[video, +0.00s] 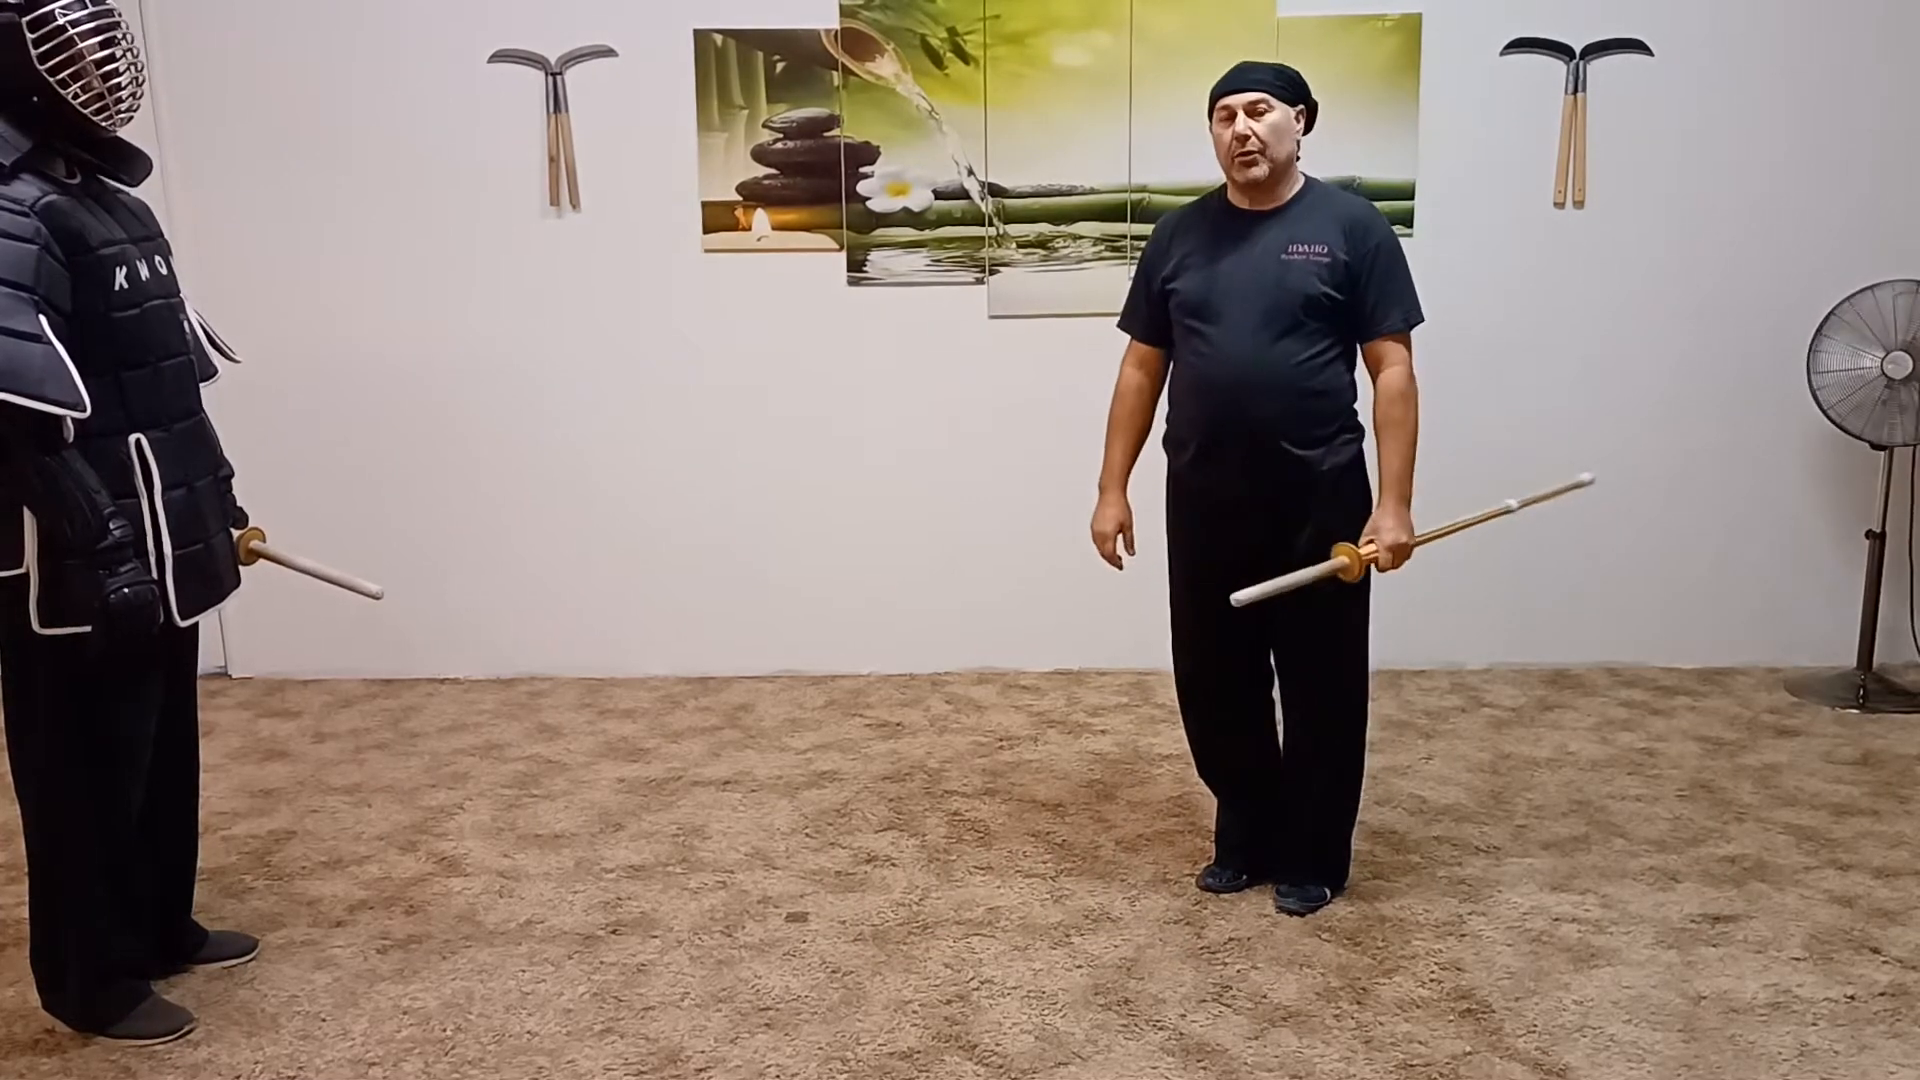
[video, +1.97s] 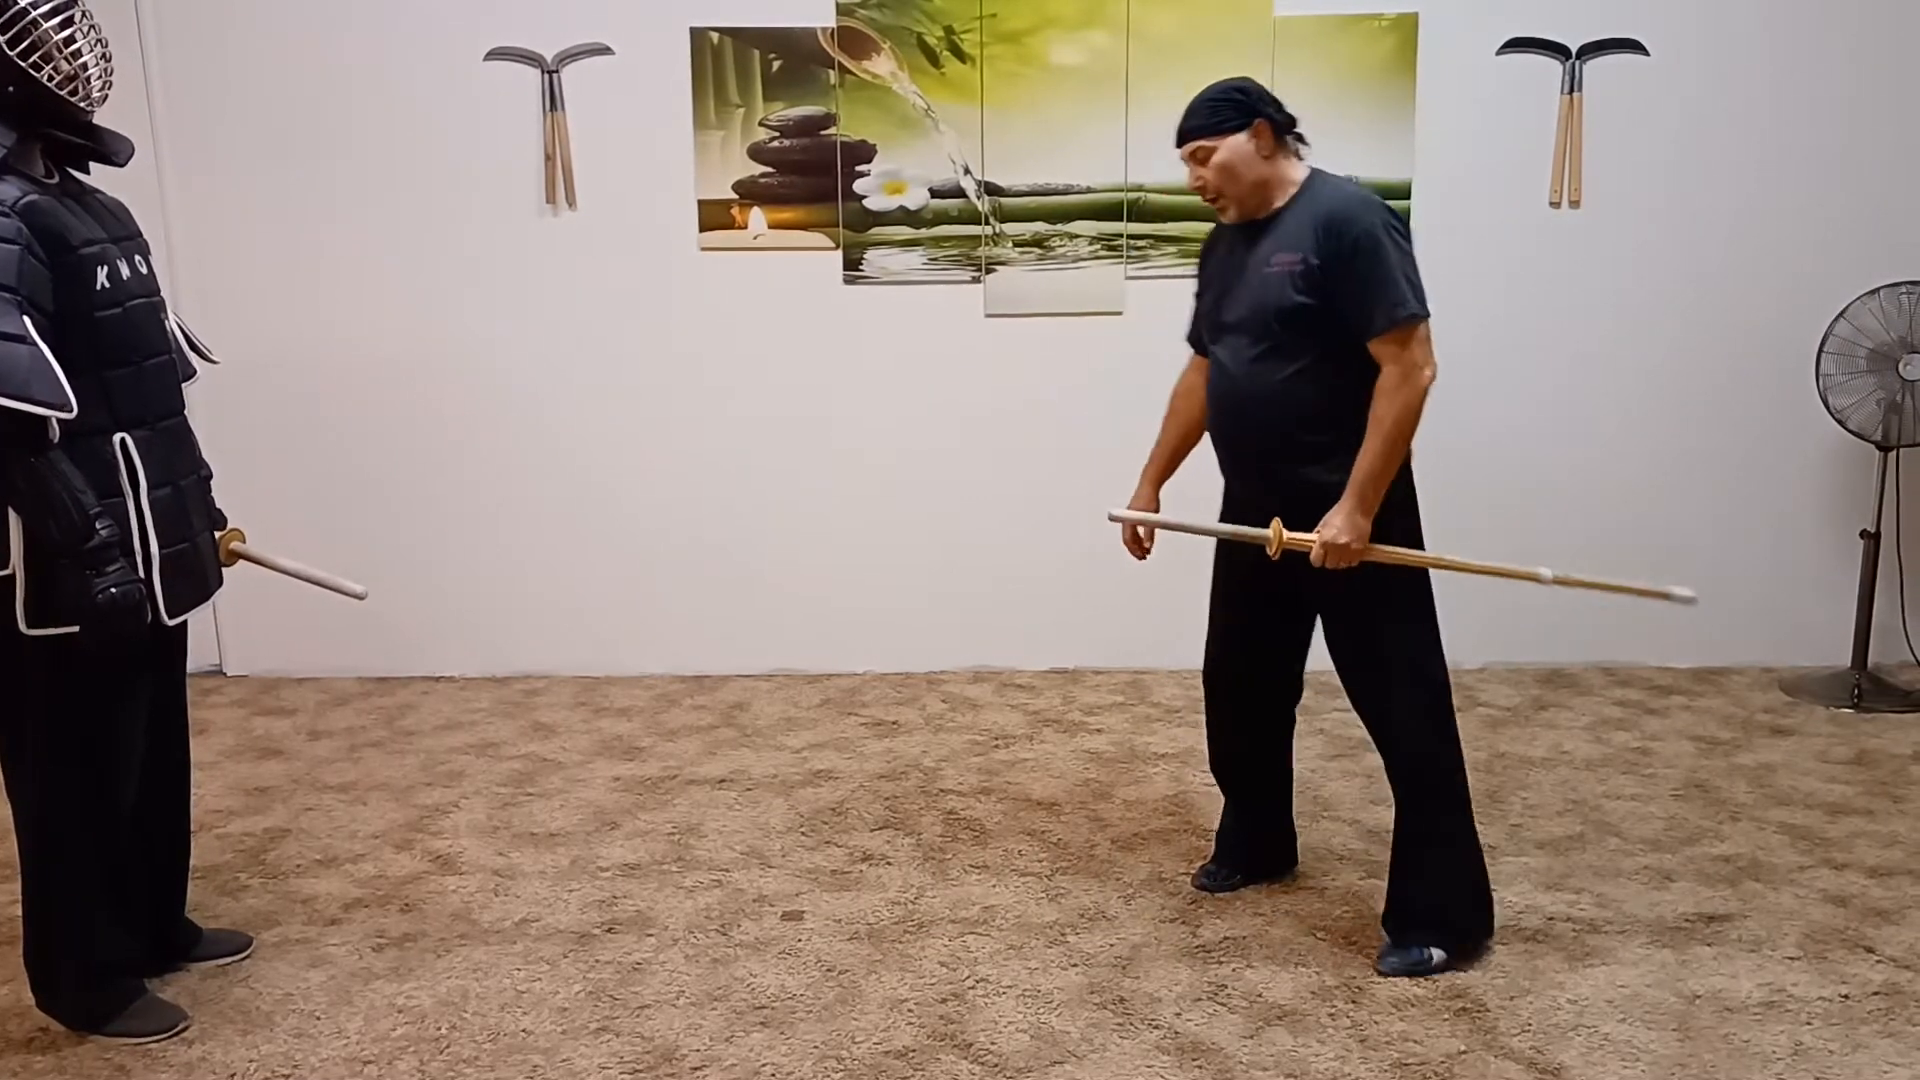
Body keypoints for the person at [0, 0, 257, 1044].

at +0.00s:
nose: (118, 76)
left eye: (116, 56)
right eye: (93, 59)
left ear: (107, 72)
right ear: (40, 75)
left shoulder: (121, 202)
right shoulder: (20, 211)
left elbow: (173, 381)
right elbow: (24, 404)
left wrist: (218, 506)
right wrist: (97, 538)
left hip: (158, 543)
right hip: (70, 557)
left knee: (160, 752)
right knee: (85, 772)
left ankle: (161, 933)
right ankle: (88, 982)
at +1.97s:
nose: (92, 82)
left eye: (87, 66)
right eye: (73, 67)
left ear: (53, 86)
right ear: (31, 83)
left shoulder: (101, 210)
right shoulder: (10, 220)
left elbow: (151, 381)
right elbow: (24, 417)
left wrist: (198, 505)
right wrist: (90, 549)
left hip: (145, 548)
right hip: (60, 567)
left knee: (150, 750)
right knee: (75, 772)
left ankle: (156, 931)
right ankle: (82, 981)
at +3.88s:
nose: (95, 80)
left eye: (90, 63)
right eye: (77, 65)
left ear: (52, 82)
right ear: (36, 79)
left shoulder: (107, 206)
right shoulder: (8, 210)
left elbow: (160, 380)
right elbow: (21, 408)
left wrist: (206, 503)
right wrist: (89, 541)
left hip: (149, 543)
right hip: (59, 558)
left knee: (150, 746)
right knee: (74, 766)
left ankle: (151, 928)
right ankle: (78, 979)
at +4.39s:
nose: (94, 75)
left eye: (89, 58)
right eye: (74, 60)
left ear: (56, 77)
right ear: (33, 76)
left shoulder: (106, 205)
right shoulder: (10, 211)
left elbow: (161, 381)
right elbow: (21, 407)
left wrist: (205, 505)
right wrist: (94, 538)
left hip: (149, 545)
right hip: (61, 560)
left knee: (151, 747)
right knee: (75, 769)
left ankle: (152, 928)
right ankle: (79, 981)